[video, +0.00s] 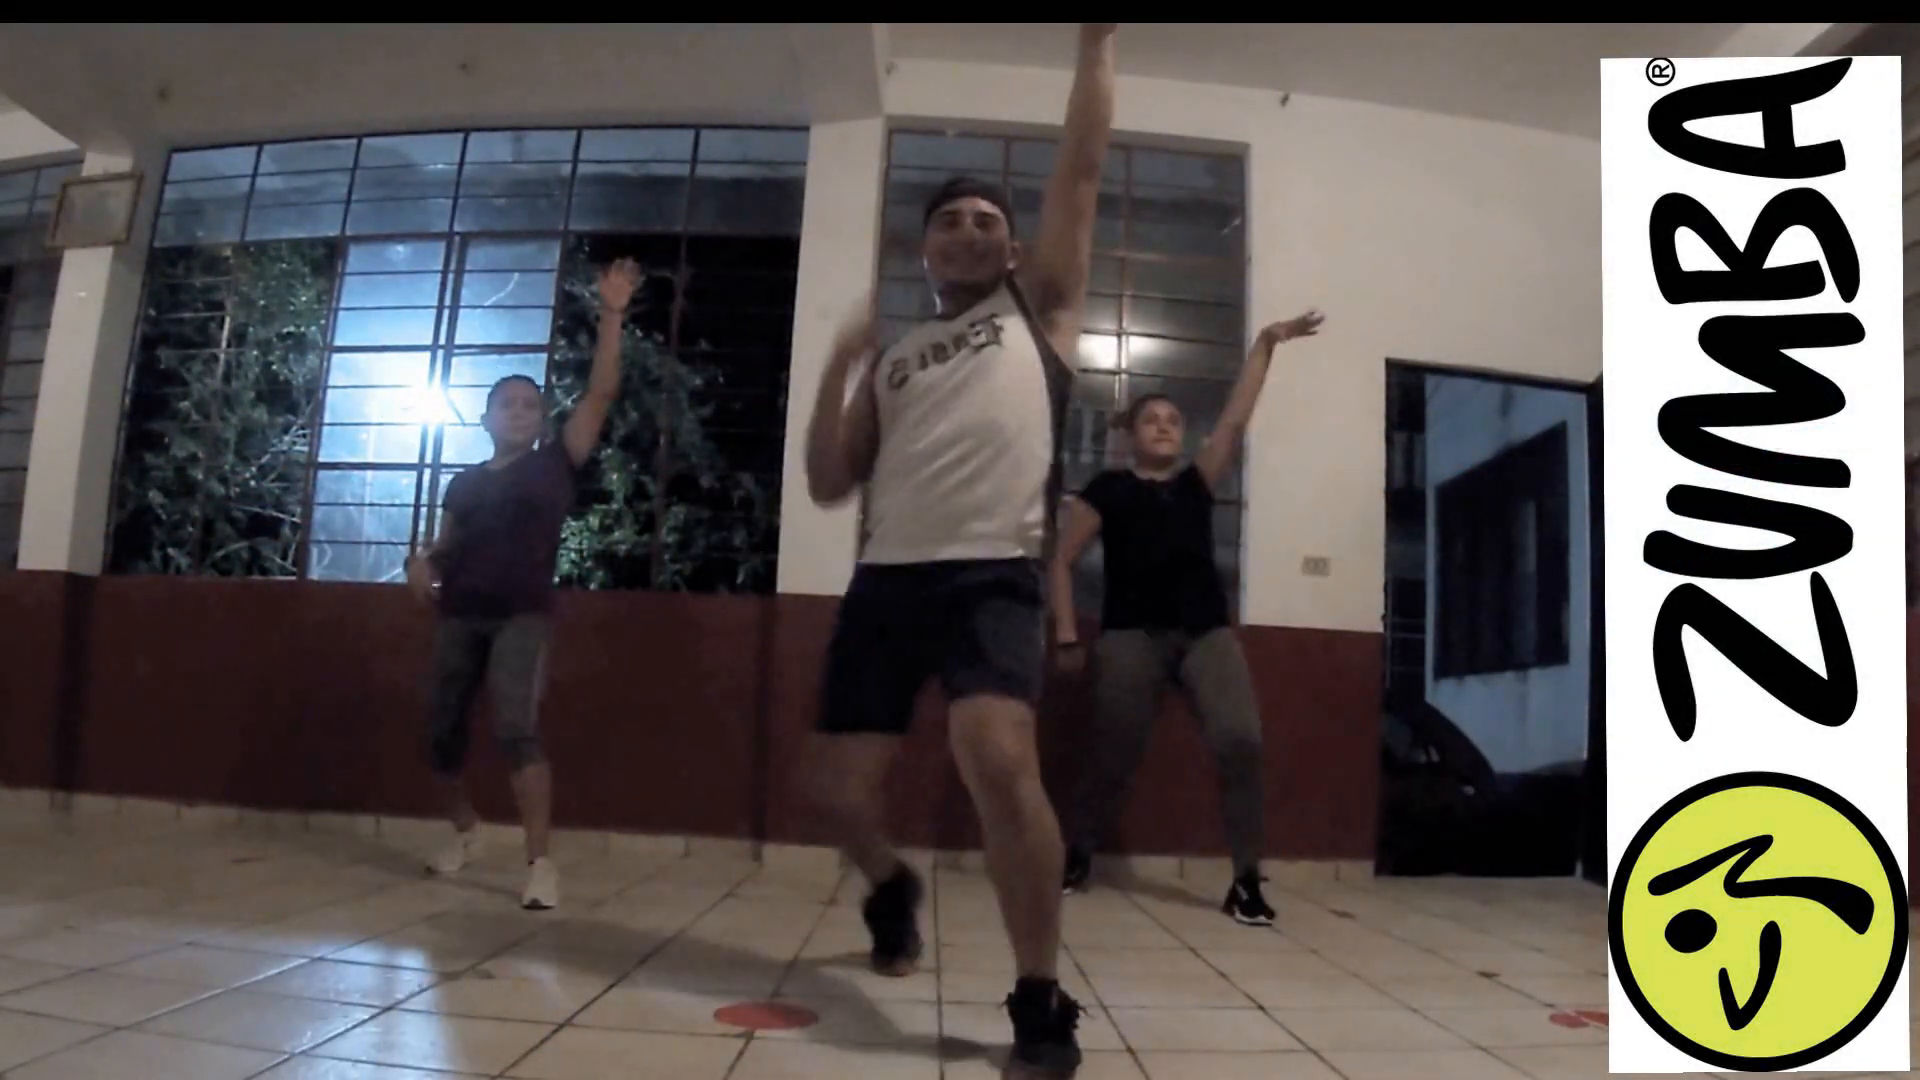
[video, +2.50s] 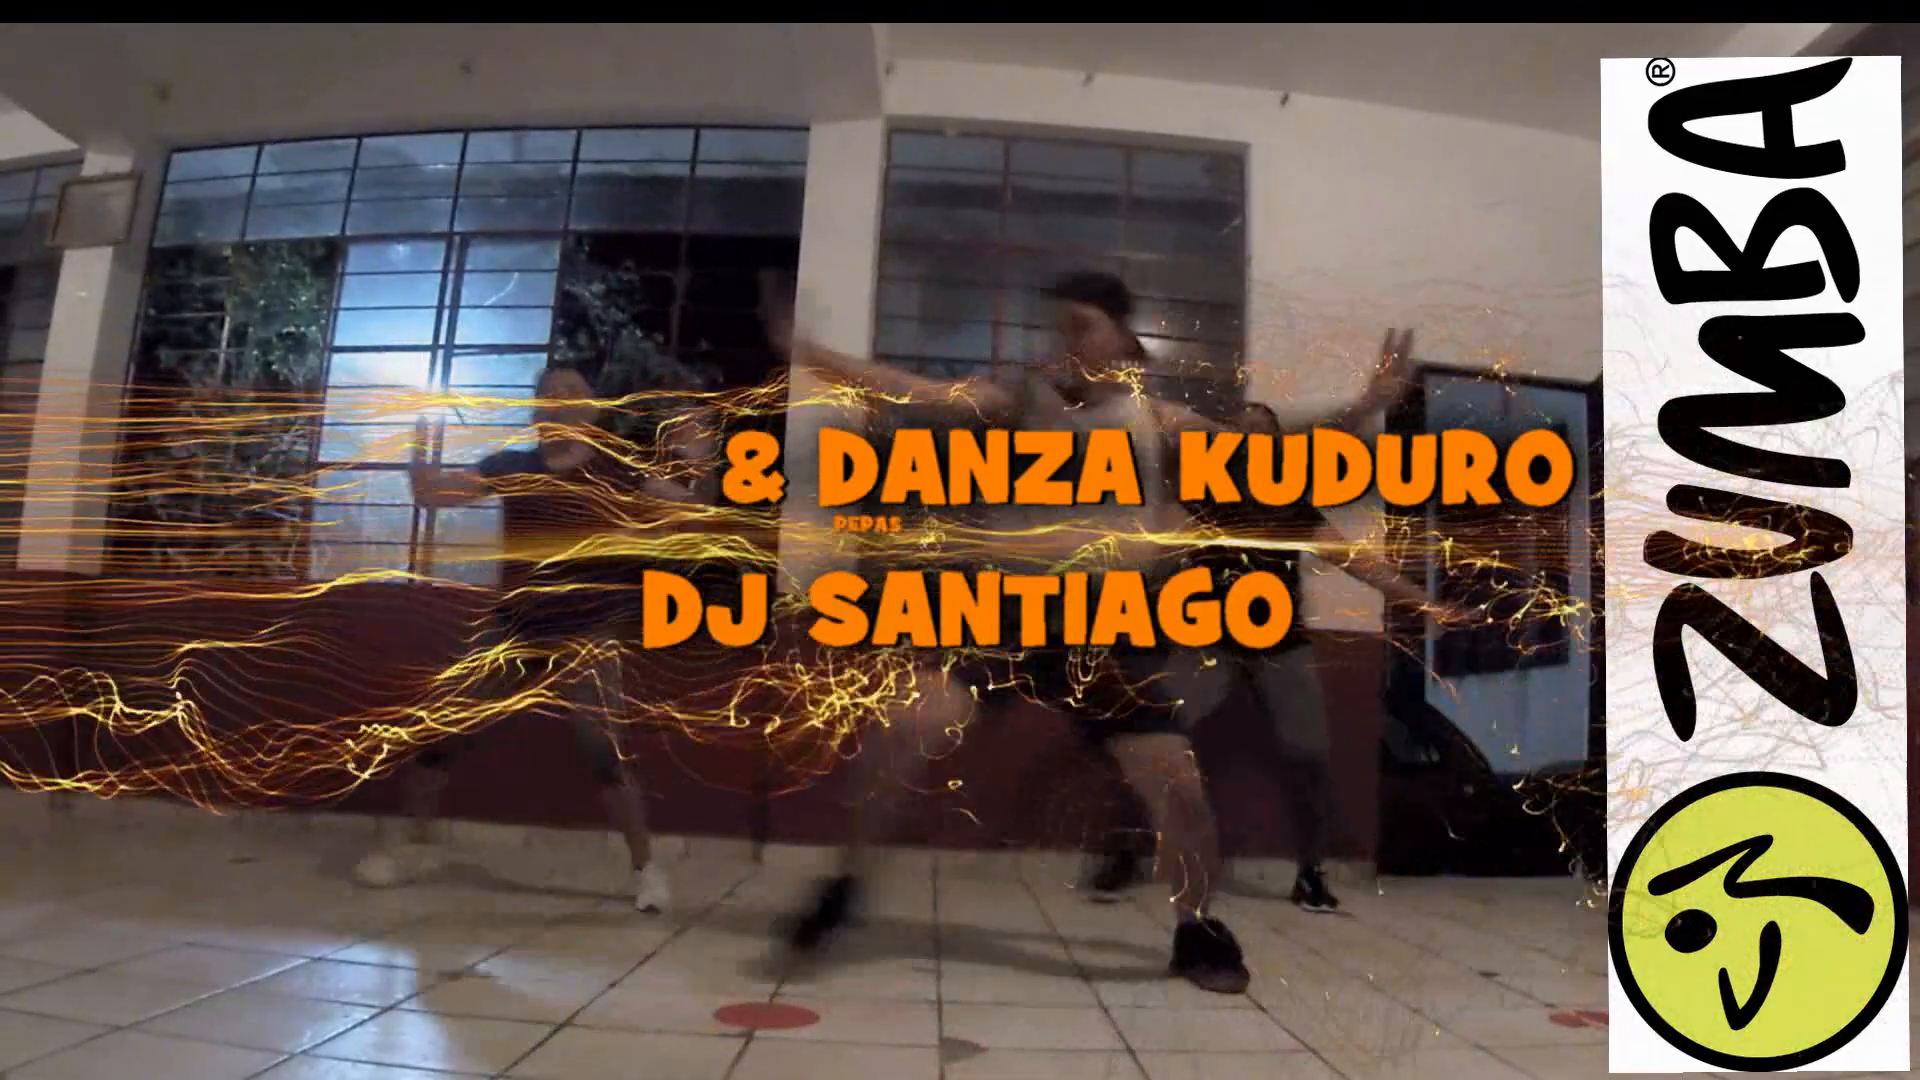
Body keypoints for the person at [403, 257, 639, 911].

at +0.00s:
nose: (518, 410)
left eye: (528, 404)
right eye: (507, 403)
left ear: (542, 418)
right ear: (489, 416)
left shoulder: (557, 463)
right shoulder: (468, 483)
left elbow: (601, 394)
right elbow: (445, 548)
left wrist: (612, 314)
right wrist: (423, 561)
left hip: (524, 612)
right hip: (462, 611)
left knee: (516, 727)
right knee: (444, 727)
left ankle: (539, 862)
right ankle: (464, 828)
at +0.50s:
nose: (487, 412)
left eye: (499, 406)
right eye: (479, 400)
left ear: (508, 419)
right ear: (457, 402)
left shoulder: (510, 479)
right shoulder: (420, 448)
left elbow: (574, 526)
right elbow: (378, 370)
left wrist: (557, 451)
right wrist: (378, 291)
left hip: (483, 612)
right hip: (415, 609)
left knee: (509, 731)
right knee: (361, 729)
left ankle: (538, 862)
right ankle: (355, 858)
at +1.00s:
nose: (506, 416)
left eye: (516, 407)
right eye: (495, 407)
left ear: (531, 416)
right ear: (478, 417)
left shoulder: (554, 473)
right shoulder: (455, 476)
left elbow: (611, 533)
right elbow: (403, 523)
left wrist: (571, 599)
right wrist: (383, 500)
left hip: (521, 629)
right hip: (457, 624)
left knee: (523, 748)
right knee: (411, 735)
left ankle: (541, 845)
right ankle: (357, 844)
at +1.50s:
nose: (514, 416)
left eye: (522, 408)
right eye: (505, 408)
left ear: (537, 413)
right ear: (486, 412)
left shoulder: (552, 462)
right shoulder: (458, 461)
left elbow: (595, 529)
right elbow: (395, 519)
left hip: (526, 607)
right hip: (462, 606)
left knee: (541, 727)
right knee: (437, 729)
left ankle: (571, 848)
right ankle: (445, 847)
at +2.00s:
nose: (601, 399)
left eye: (611, 389)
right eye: (591, 389)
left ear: (629, 396)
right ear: (572, 396)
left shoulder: (650, 455)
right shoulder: (553, 448)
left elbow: (685, 518)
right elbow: (484, 511)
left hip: (626, 612)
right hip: (554, 610)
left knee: (633, 740)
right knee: (520, 731)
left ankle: (649, 867)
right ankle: (515, 850)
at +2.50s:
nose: (559, 418)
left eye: (571, 407)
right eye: (550, 407)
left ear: (594, 414)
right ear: (538, 412)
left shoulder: (622, 473)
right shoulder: (516, 467)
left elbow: (688, 509)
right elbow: (435, 491)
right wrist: (423, 463)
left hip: (592, 630)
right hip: (517, 624)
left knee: (601, 745)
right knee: (442, 726)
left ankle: (646, 866)